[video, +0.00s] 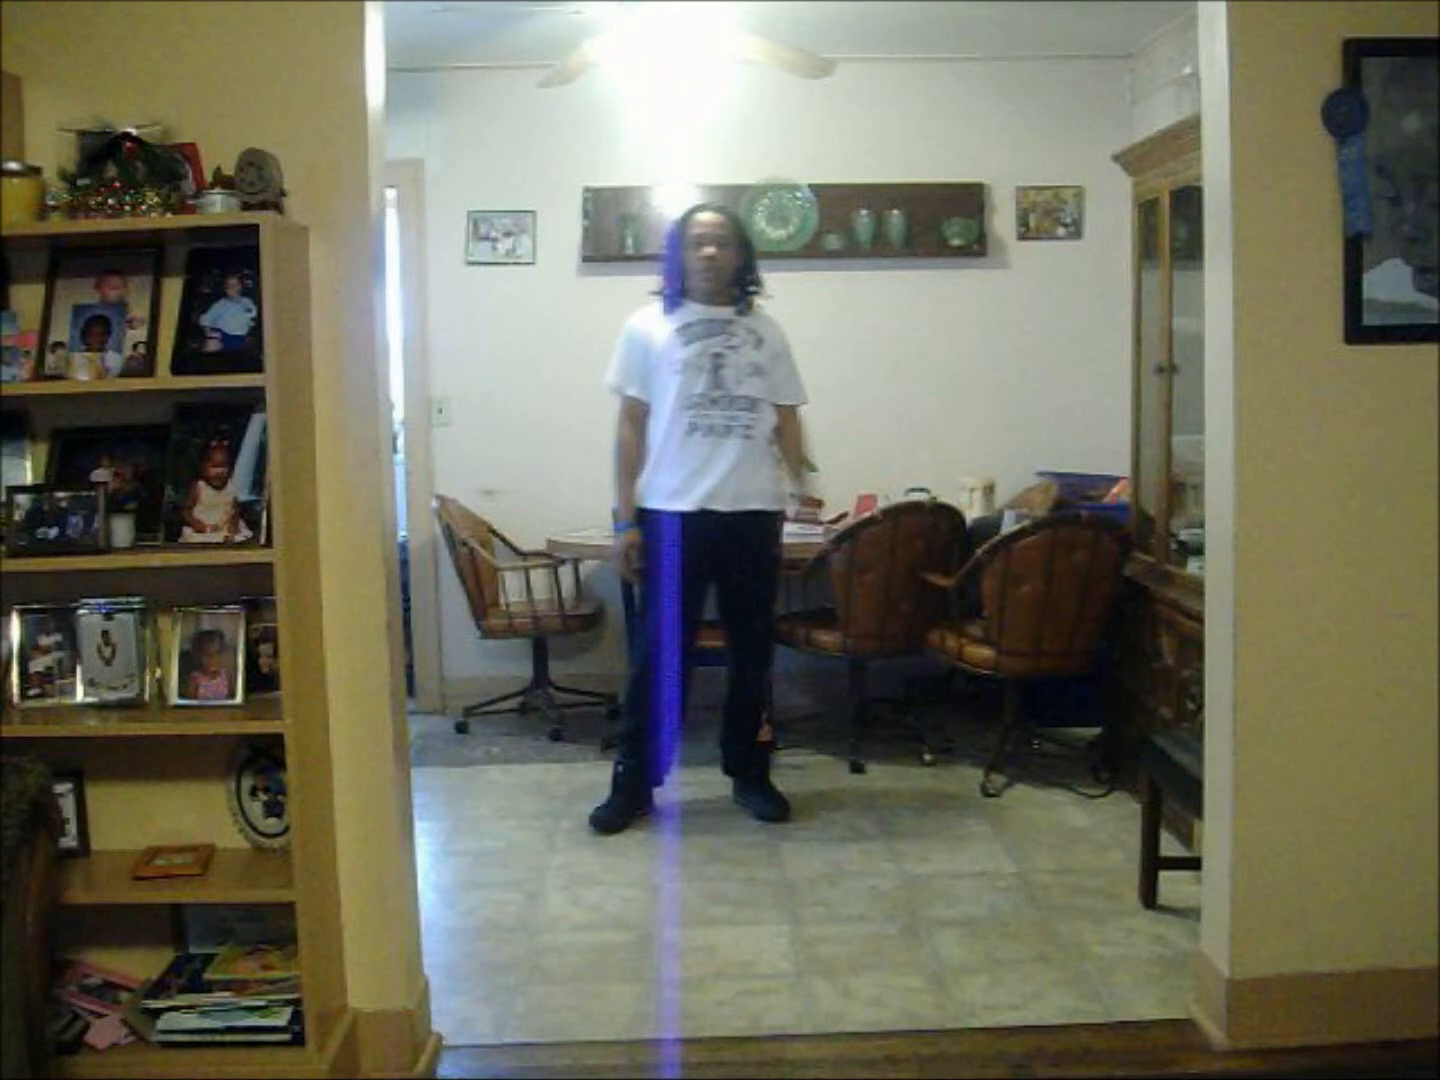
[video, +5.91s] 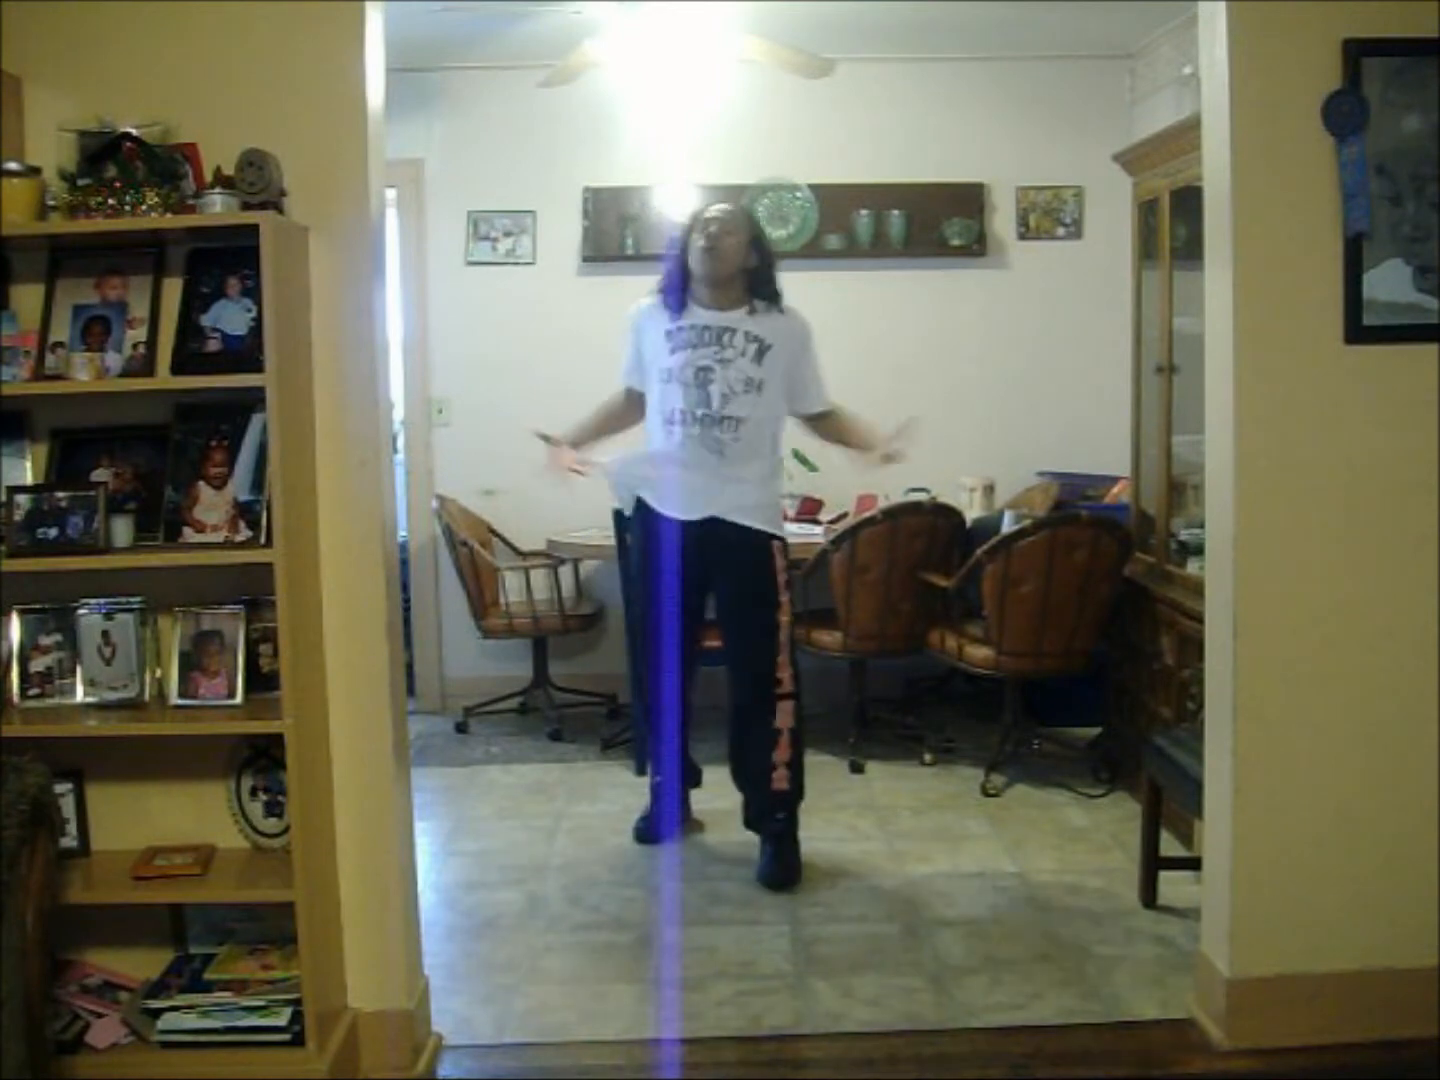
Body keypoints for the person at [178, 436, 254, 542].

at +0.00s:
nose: (220, 472)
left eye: (224, 467)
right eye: (214, 466)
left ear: (230, 468)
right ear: (203, 468)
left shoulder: (231, 487)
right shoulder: (200, 487)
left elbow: (236, 508)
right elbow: (186, 510)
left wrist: (233, 524)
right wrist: (200, 526)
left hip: (225, 532)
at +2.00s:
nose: (219, 471)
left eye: (224, 467)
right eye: (214, 466)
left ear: (230, 469)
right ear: (203, 468)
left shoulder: (231, 488)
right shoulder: (200, 487)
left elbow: (237, 510)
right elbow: (186, 511)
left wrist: (233, 526)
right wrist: (199, 525)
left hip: (225, 532)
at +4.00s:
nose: (219, 471)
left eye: (223, 466)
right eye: (213, 466)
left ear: (230, 469)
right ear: (204, 468)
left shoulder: (232, 488)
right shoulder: (200, 487)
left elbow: (237, 511)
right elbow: (186, 511)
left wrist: (232, 531)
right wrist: (201, 526)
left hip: (225, 534)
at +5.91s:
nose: (219, 472)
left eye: (224, 467)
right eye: (214, 466)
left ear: (230, 469)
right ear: (203, 468)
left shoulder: (231, 488)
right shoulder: (199, 488)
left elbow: (236, 509)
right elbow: (186, 511)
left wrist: (234, 523)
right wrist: (199, 526)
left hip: (225, 533)